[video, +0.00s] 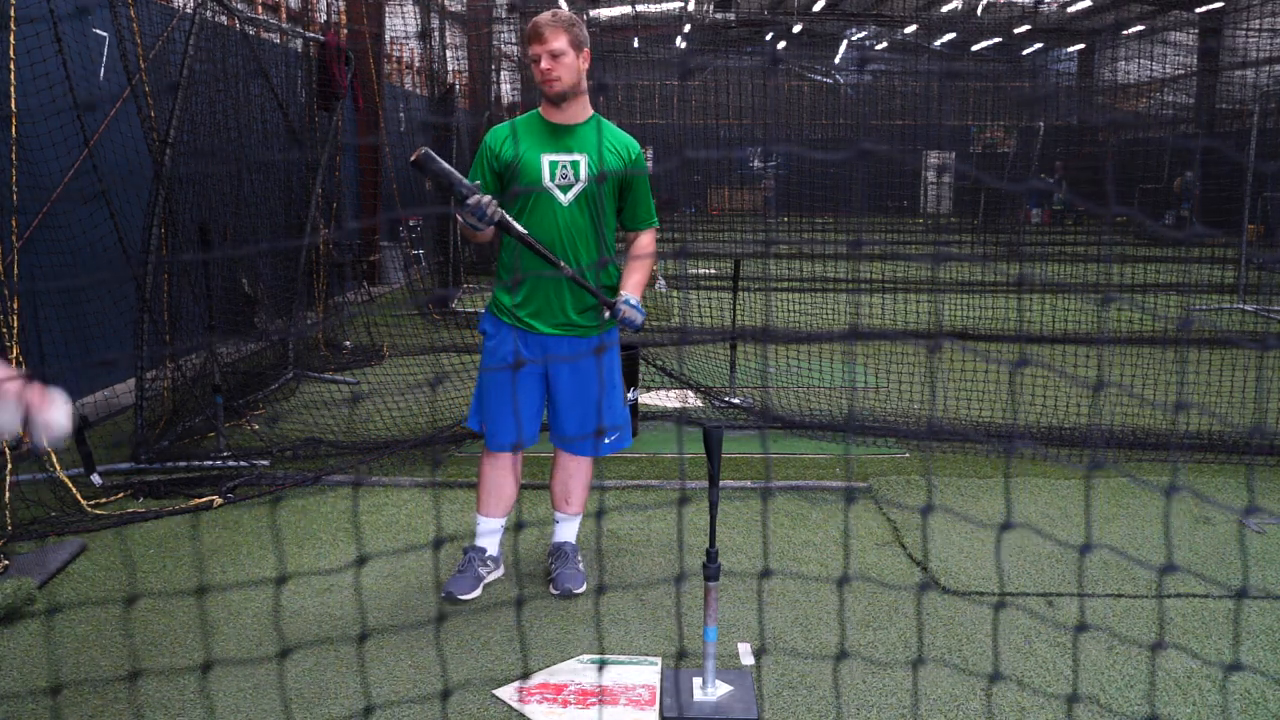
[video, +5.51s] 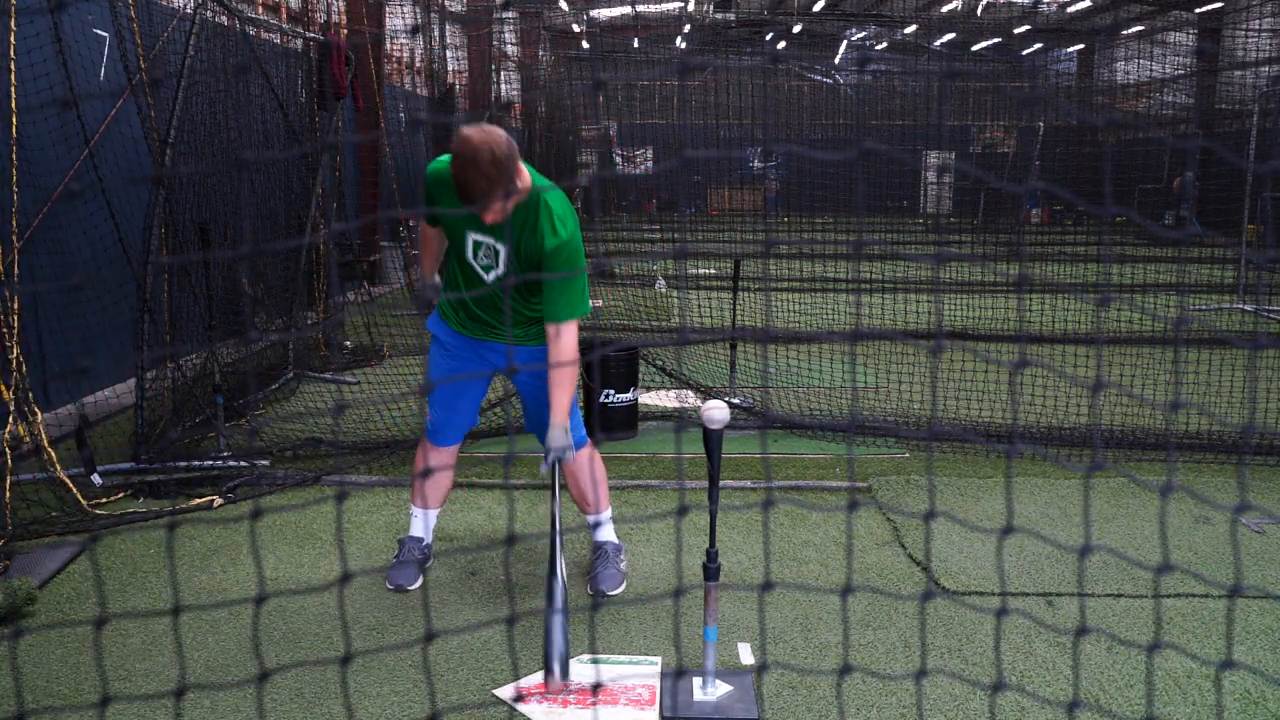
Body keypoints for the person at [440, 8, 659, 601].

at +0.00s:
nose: (547, 67)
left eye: (557, 56)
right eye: (537, 59)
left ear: (584, 59)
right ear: (529, 67)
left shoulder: (621, 151)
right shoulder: (502, 142)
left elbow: (641, 240)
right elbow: (477, 236)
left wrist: (629, 295)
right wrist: (477, 217)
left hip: (587, 326)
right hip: (513, 321)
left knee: (576, 439)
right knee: (501, 439)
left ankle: (565, 546)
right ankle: (486, 551)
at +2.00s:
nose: (569, 59)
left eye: (577, 48)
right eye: (556, 51)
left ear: (592, 57)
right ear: (538, 63)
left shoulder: (625, 148)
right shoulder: (505, 141)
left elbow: (654, 227)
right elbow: (482, 233)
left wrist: (637, 278)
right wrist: (479, 188)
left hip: (593, 322)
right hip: (519, 319)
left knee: (579, 439)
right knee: (504, 440)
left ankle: (566, 547)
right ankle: (486, 551)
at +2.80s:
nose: (580, 61)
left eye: (584, 51)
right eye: (566, 52)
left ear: (595, 60)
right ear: (537, 64)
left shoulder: (621, 148)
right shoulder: (505, 135)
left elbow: (653, 226)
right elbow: (474, 213)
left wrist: (627, 286)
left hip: (589, 324)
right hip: (514, 320)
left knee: (576, 442)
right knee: (500, 444)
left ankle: (566, 546)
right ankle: (485, 551)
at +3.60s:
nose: (516, 88)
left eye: (524, 75)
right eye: (502, 78)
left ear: (537, 71)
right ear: (478, 77)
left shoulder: (568, 147)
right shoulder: (446, 149)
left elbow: (607, 223)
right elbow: (415, 224)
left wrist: (584, 278)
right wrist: (424, 231)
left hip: (547, 324)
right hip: (469, 325)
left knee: (557, 440)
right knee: (455, 443)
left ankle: (564, 545)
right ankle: (434, 549)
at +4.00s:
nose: (435, 114)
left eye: (441, 101)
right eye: (421, 108)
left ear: (457, 77)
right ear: (403, 99)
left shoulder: (512, 134)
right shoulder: (391, 159)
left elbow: (561, 201)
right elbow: (388, 233)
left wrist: (552, 276)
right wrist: (381, 268)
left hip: (515, 319)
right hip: (436, 325)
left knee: (547, 434)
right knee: (436, 443)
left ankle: (577, 540)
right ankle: (430, 548)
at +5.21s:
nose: (461, 166)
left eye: (469, 154)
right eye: (449, 157)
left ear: (489, 122)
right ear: (430, 136)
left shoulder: (537, 172)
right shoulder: (411, 163)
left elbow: (568, 267)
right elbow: (395, 235)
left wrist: (557, 344)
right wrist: (374, 291)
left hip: (528, 332)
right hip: (447, 330)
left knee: (563, 438)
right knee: (430, 439)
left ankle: (605, 539)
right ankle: (417, 543)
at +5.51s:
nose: (489, 217)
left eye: (498, 206)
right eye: (479, 208)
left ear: (517, 179)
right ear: (460, 182)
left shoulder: (553, 221)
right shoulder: (441, 179)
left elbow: (563, 327)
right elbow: (433, 227)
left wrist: (559, 421)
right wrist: (426, 280)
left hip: (537, 339)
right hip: (461, 329)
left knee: (569, 439)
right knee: (439, 435)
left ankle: (606, 542)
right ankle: (418, 540)